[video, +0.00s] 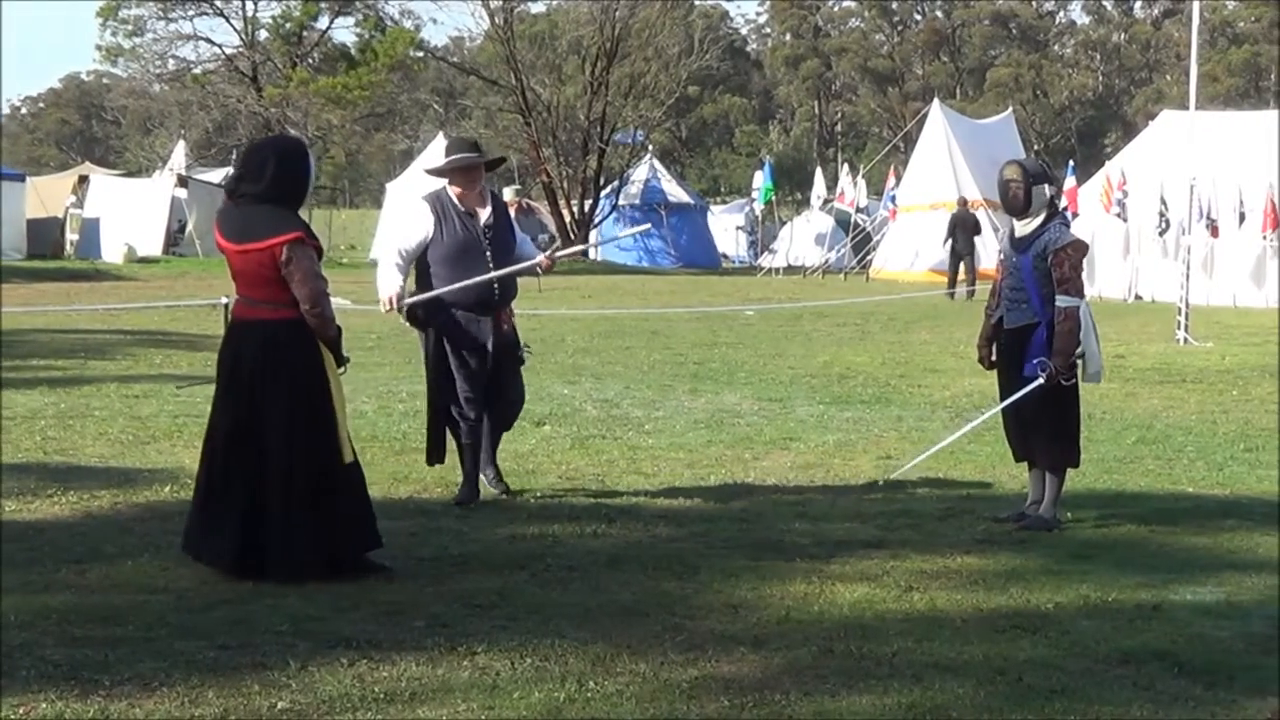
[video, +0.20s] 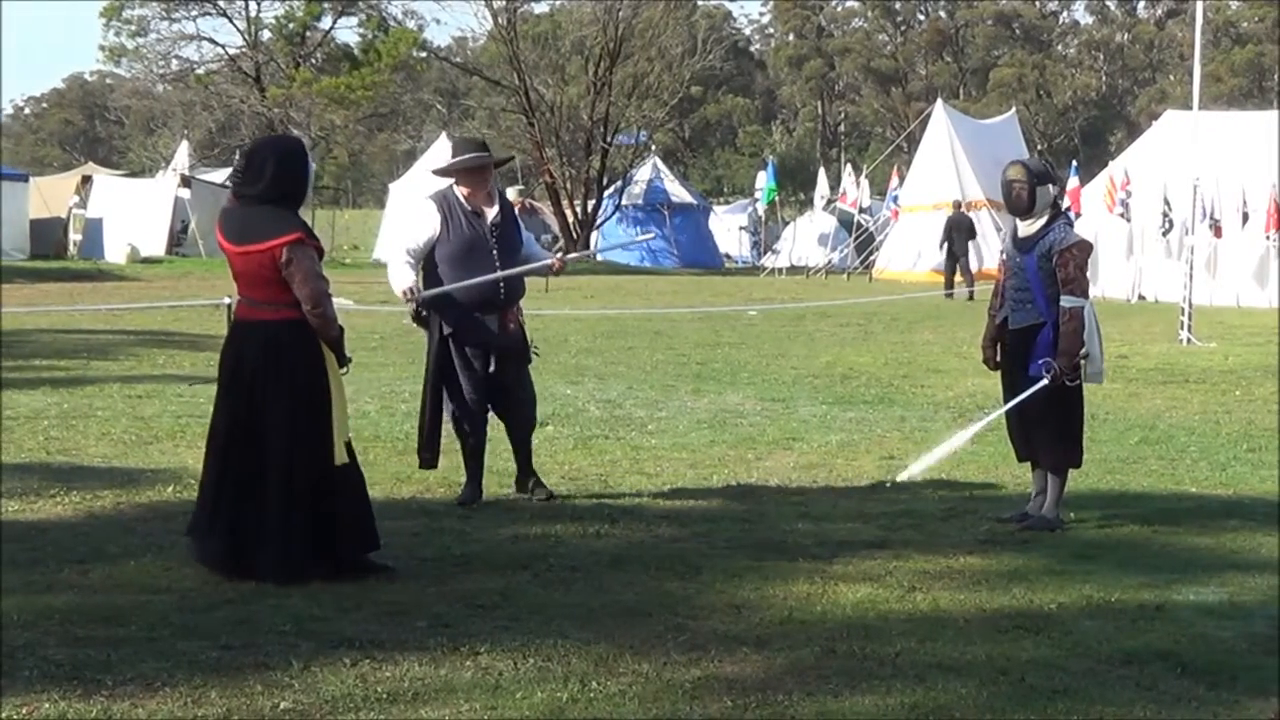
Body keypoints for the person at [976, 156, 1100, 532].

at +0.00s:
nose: (1010, 194)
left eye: (1018, 187)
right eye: (1006, 187)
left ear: (1041, 190)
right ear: (1004, 193)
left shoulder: (1058, 236)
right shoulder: (1013, 234)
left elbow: (1069, 300)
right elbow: (1001, 287)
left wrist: (1063, 353)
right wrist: (988, 332)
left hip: (1045, 336)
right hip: (1013, 336)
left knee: (1050, 417)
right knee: (1024, 415)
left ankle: (1049, 508)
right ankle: (1035, 501)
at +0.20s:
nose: (1014, 195)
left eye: (1022, 189)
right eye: (1010, 188)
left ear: (1047, 192)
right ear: (1007, 192)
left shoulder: (1063, 236)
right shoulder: (1014, 234)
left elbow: (1073, 300)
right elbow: (1003, 288)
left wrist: (1067, 354)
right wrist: (991, 334)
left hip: (1050, 337)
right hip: (1017, 337)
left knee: (1053, 417)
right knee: (1026, 415)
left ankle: (1052, 509)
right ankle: (1038, 500)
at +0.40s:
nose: (1014, 195)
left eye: (1022, 188)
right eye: (1010, 189)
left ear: (1045, 191)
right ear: (1006, 193)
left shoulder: (1063, 235)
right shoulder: (1015, 233)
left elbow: (1074, 299)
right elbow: (1004, 287)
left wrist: (1068, 353)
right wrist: (992, 333)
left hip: (1050, 336)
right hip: (1017, 336)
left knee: (1054, 417)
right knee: (1028, 415)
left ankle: (1052, 508)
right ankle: (1037, 502)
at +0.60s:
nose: (1014, 195)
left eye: (1022, 189)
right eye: (1010, 189)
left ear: (1045, 192)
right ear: (1006, 193)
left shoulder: (1064, 236)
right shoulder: (1013, 235)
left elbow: (1073, 300)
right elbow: (1002, 289)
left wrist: (1066, 354)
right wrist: (991, 335)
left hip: (1051, 338)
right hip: (1017, 338)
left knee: (1055, 418)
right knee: (1028, 416)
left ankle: (1053, 509)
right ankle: (1038, 501)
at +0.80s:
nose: (1013, 195)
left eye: (1021, 189)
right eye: (1009, 189)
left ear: (1045, 192)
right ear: (1005, 193)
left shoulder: (1063, 237)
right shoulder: (1013, 235)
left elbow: (1073, 301)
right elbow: (1001, 290)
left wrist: (1065, 355)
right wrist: (990, 335)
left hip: (1051, 338)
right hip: (1017, 339)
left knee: (1055, 419)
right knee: (1028, 416)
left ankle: (1053, 508)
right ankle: (1039, 501)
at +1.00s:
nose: (1013, 196)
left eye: (1021, 189)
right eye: (1009, 189)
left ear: (1044, 192)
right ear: (1005, 193)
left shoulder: (1063, 236)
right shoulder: (1013, 234)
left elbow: (1072, 300)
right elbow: (1002, 288)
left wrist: (1063, 353)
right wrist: (990, 334)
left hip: (1050, 337)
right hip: (1016, 337)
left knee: (1054, 417)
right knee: (1027, 415)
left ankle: (1053, 508)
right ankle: (1039, 501)